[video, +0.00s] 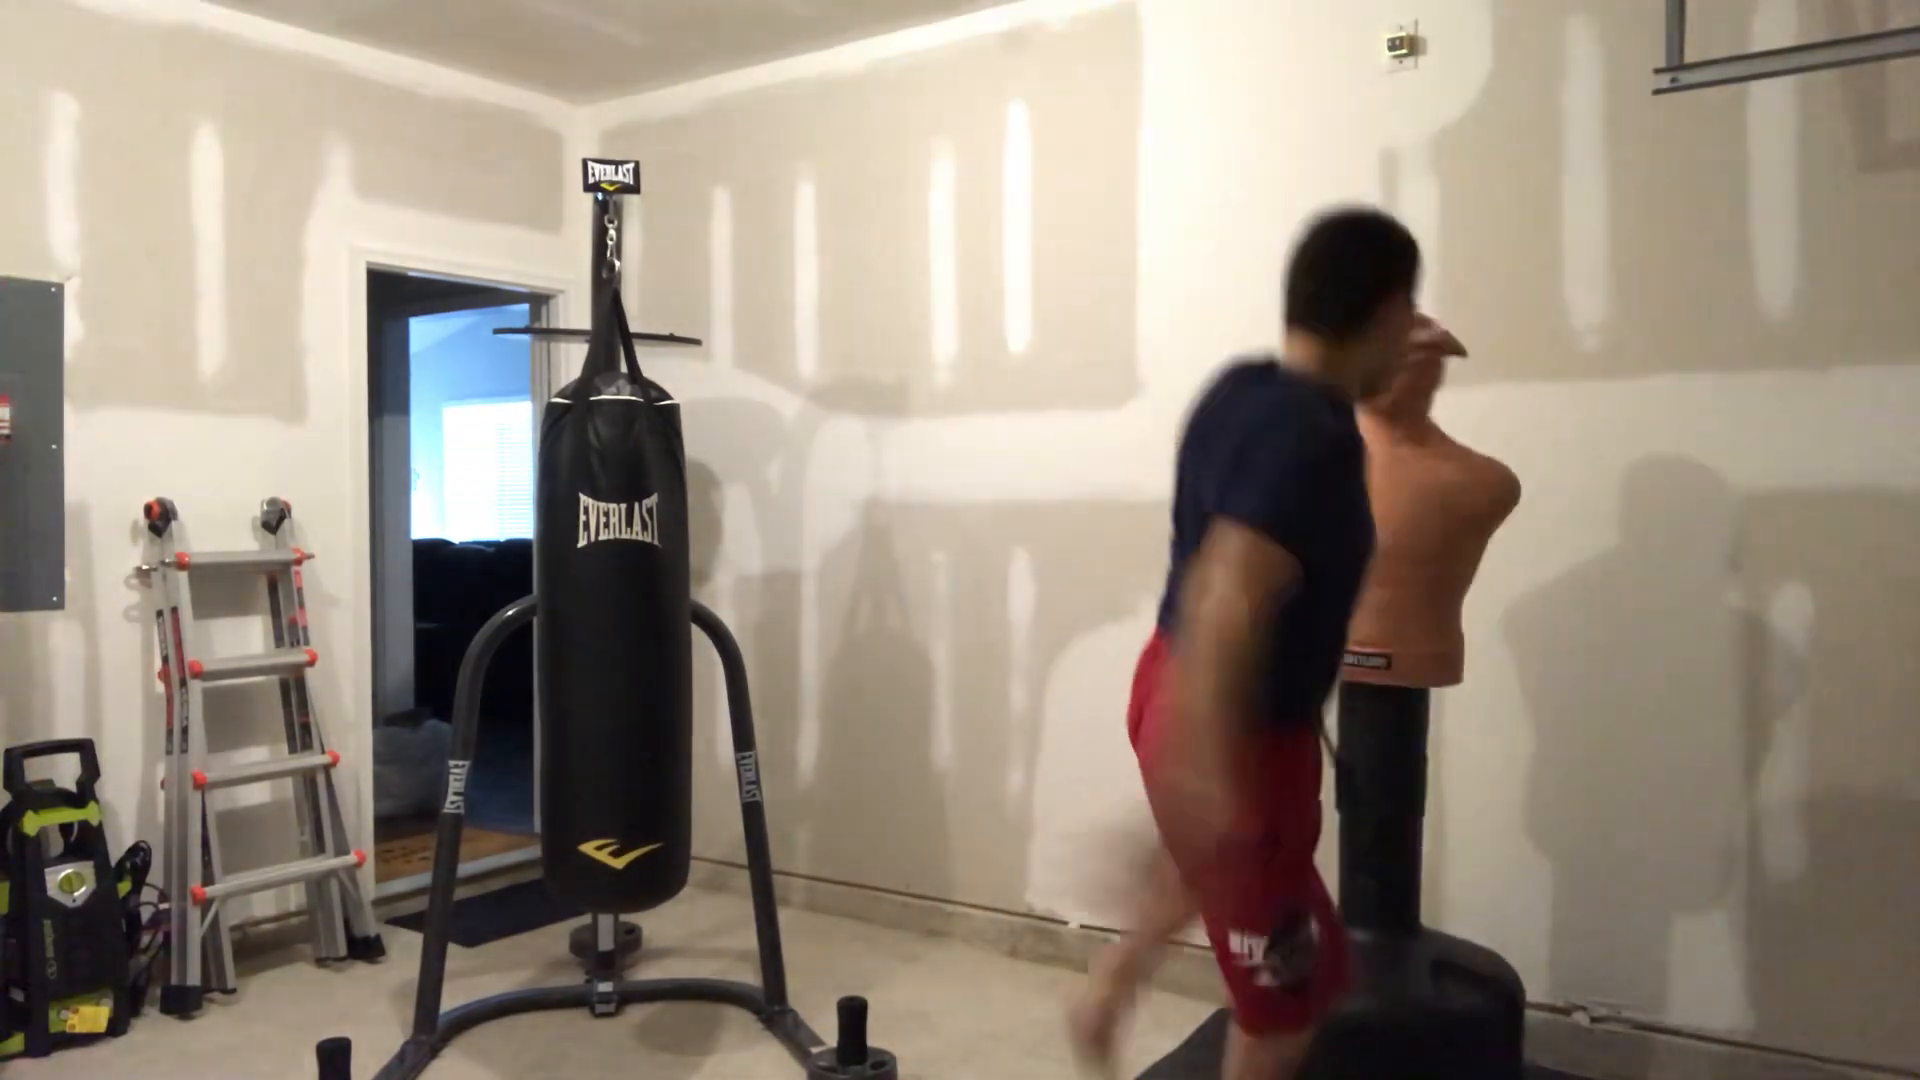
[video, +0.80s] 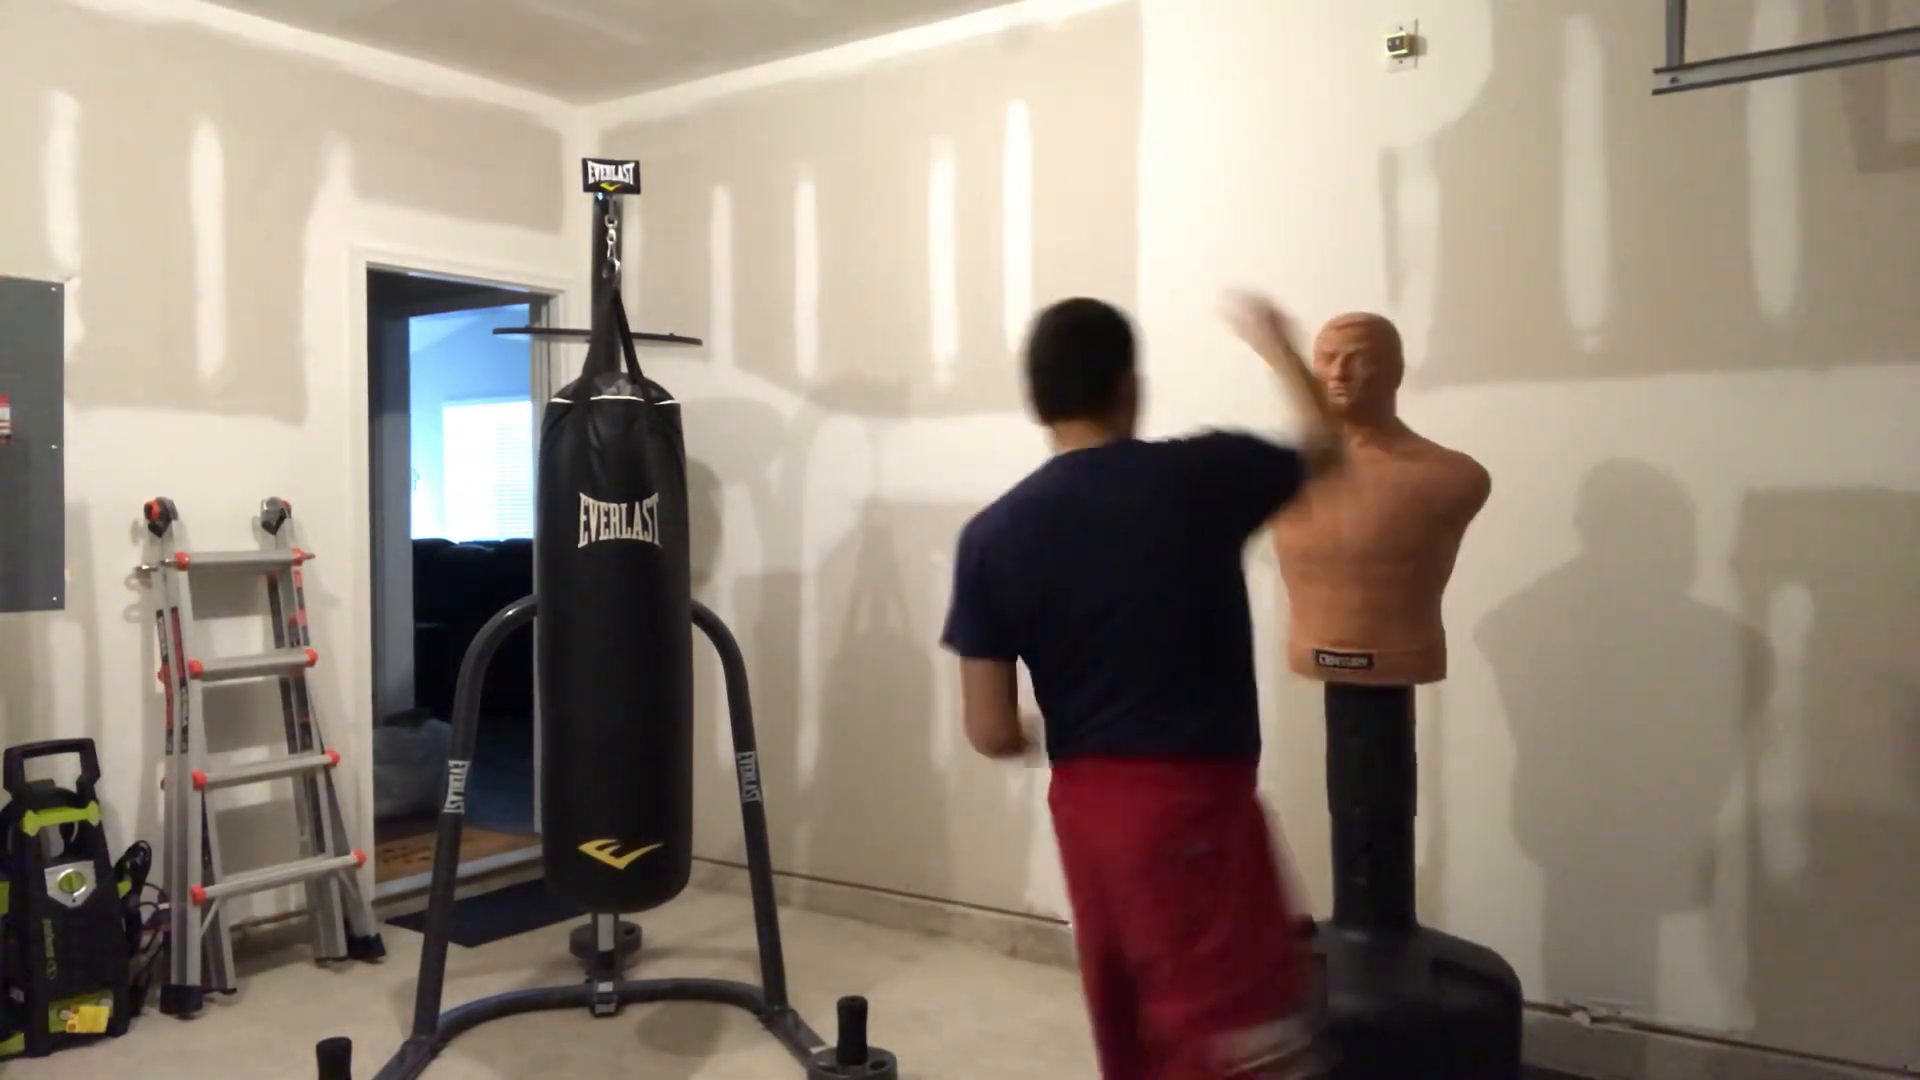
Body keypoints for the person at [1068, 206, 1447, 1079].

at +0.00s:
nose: (1410, 330)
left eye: (1411, 311)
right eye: (1405, 310)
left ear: (1300, 299)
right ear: (1378, 315)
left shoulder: (1239, 390)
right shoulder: (1307, 426)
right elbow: (1224, 602)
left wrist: (1374, 374)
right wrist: (1202, 769)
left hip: (1181, 687)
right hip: (1247, 724)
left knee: (1203, 854)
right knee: (1282, 1007)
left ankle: (1106, 990)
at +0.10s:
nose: (1374, 326)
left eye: (1376, 306)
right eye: (1371, 305)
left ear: (1271, 293)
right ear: (1342, 305)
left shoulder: (1222, 374)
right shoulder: (1273, 408)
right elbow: (1144, 578)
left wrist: (1344, 396)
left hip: (1177, 711)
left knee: (1221, 947)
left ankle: (1169, 1071)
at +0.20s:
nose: (1342, 376)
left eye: (1342, 358)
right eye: (1340, 357)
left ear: (1238, 352)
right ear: (1320, 362)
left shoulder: (1245, 467)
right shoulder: (1212, 477)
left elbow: (1256, 563)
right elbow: (1078, 644)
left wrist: (1319, 469)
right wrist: (1027, 833)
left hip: (1232, 785)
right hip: (1190, 794)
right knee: (1207, 1041)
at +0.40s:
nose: (1302, 427)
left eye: (1301, 404)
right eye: (1302, 402)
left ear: (1192, 396)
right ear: (1282, 401)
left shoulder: (1172, 501)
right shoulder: (1194, 521)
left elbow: (1190, 651)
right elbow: (1097, 723)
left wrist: (1294, 587)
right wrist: (1123, 933)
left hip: (1166, 847)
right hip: (1144, 857)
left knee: (1260, 1039)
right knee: (1163, 1062)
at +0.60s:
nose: (1248, 388)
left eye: (1242, 370)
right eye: (1245, 370)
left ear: (1135, 379)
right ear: (1232, 377)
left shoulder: (1088, 487)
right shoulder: (1230, 504)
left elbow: (1085, 652)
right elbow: (1289, 709)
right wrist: (1391, 837)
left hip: (1064, 806)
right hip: (1135, 830)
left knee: (1175, 1042)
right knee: (1118, 1060)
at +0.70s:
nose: (1198, 391)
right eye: (1194, 377)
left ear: (1089, 395)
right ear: (1187, 386)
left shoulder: (1040, 515)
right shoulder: (1237, 501)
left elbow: (1003, 695)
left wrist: (1087, 631)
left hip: (1065, 823)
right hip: (1169, 830)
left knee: (1100, 1046)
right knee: (1175, 1054)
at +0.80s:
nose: (1130, 386)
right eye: (1129, 373)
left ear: (1035, 397)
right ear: (1129, 383)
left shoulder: (996, 534)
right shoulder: (1197, 475)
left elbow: (991, 732)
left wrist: (1067, 723)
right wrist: (1280, 350)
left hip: (1088, 811)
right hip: (1199, 803)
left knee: (1131, 1027)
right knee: (1236, 1023)